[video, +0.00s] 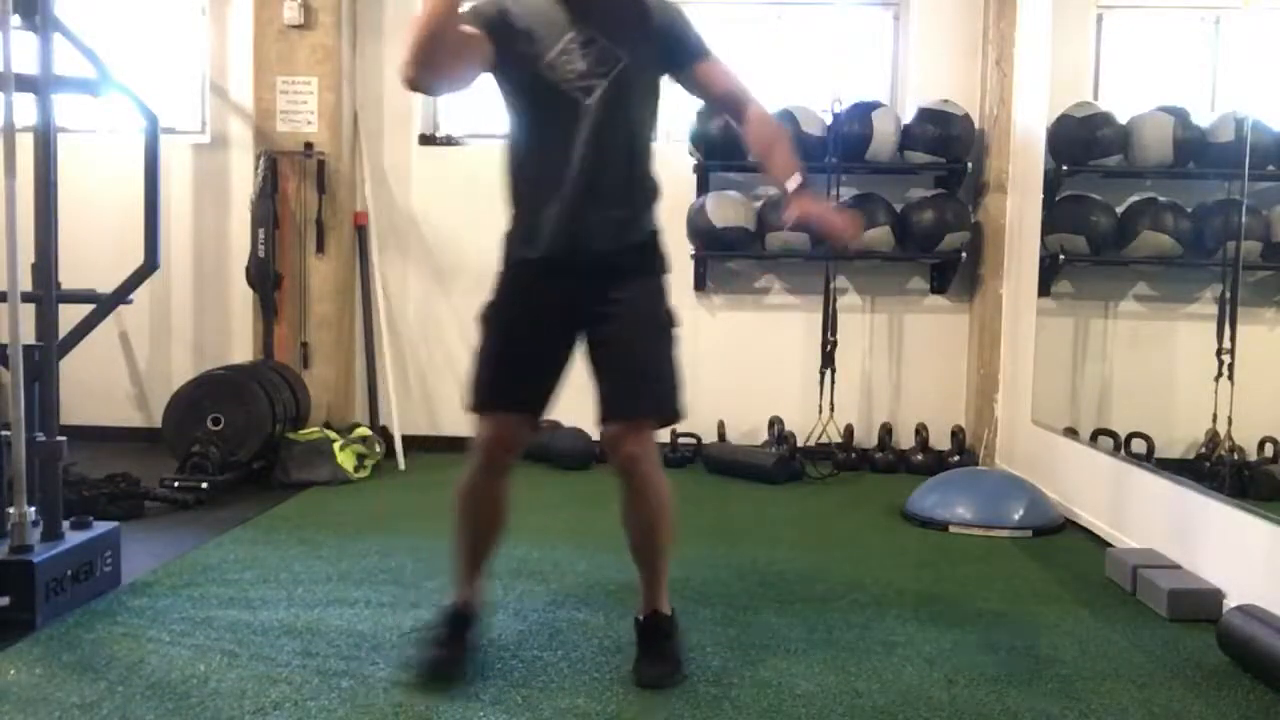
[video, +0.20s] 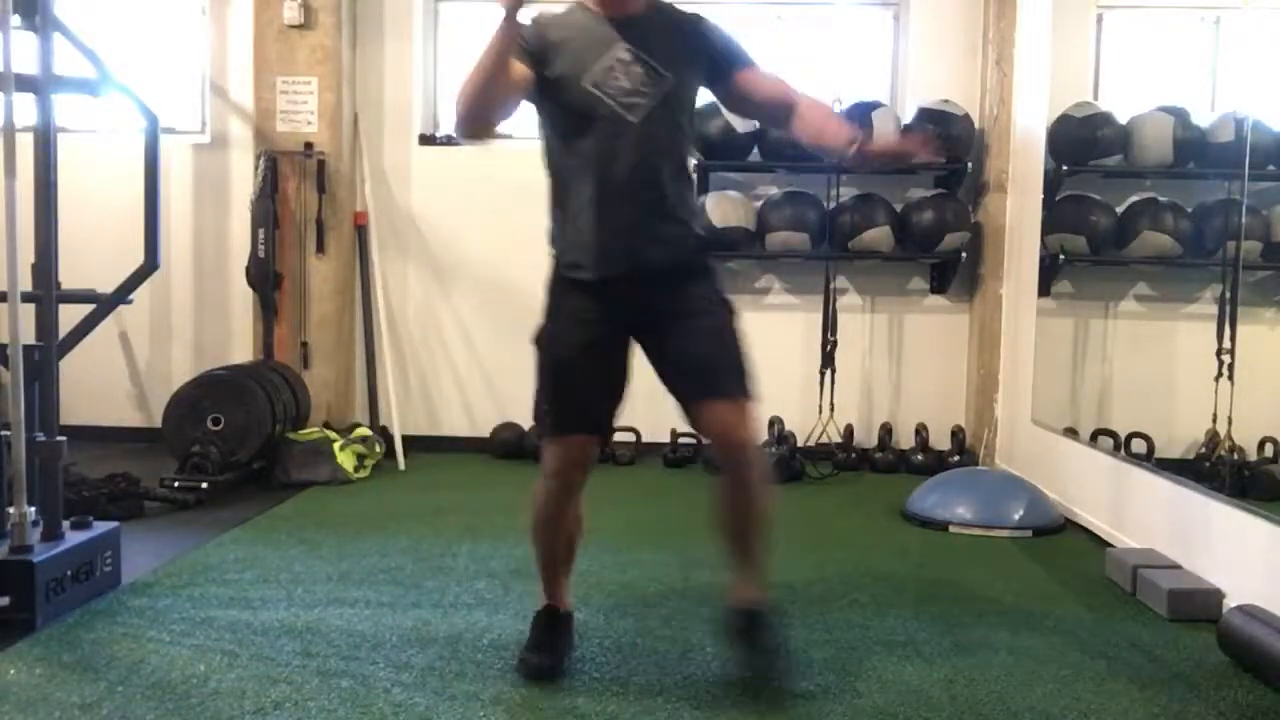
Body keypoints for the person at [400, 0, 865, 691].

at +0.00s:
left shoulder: (648, 17)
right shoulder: (510, 15)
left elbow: (742, 105)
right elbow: (422, 69)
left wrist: (795, 187)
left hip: (626, 266)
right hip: (536, 266)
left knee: (633, 447)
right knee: (495, 444)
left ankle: (655, 617)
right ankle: (462, 609)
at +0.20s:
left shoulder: (682, 31)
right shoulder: (547, 36)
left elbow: (783, 103)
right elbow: (474, 120)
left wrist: (863, 146)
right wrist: (508, 19)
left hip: (677, 275)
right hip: (585, 282)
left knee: (739, 441)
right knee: (564, 463)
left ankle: (751, 609)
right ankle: (553, 613)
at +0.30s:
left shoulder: (743, 47)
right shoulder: (603, 52)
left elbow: (835, 108)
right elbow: (527, 162)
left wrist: (914, 103)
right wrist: (569, 79)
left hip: (733, 288)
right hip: (638, 292)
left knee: (818, 447)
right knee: (600, 468)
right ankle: (557, 613)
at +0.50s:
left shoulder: (848, 35)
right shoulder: (711, 67)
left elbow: (975, 33)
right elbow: (643, 175)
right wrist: (652, 213)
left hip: (853, 290)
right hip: (757, 297)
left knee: (921, 460)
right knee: (705, 466)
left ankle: (936, 638)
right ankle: (583, 598)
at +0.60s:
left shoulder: (891, 17)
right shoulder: (751, 46)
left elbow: (981, 7)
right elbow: (690, 163)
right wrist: (680, 249)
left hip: (882, 268)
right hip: (793, 271)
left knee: (935, 452)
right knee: (800, 441)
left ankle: (938, 637)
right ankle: (667, 564)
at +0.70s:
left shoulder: (919, 15)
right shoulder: (779, 21)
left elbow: (978, 9)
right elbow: (709, 146)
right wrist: (704, 250)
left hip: (900, 252)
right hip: (810, 235)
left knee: (933, 452)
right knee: (897, 346)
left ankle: (936, 636)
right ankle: (794, 515)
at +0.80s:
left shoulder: (922, 14)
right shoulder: (788, 30)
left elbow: (973, 34)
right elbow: (713, 144)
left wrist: (999, 15)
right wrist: (711, 250)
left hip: (912, 251)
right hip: (817, 241)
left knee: (943, 440)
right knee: (959, 214)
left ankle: (937, 634)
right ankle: (882, 435)